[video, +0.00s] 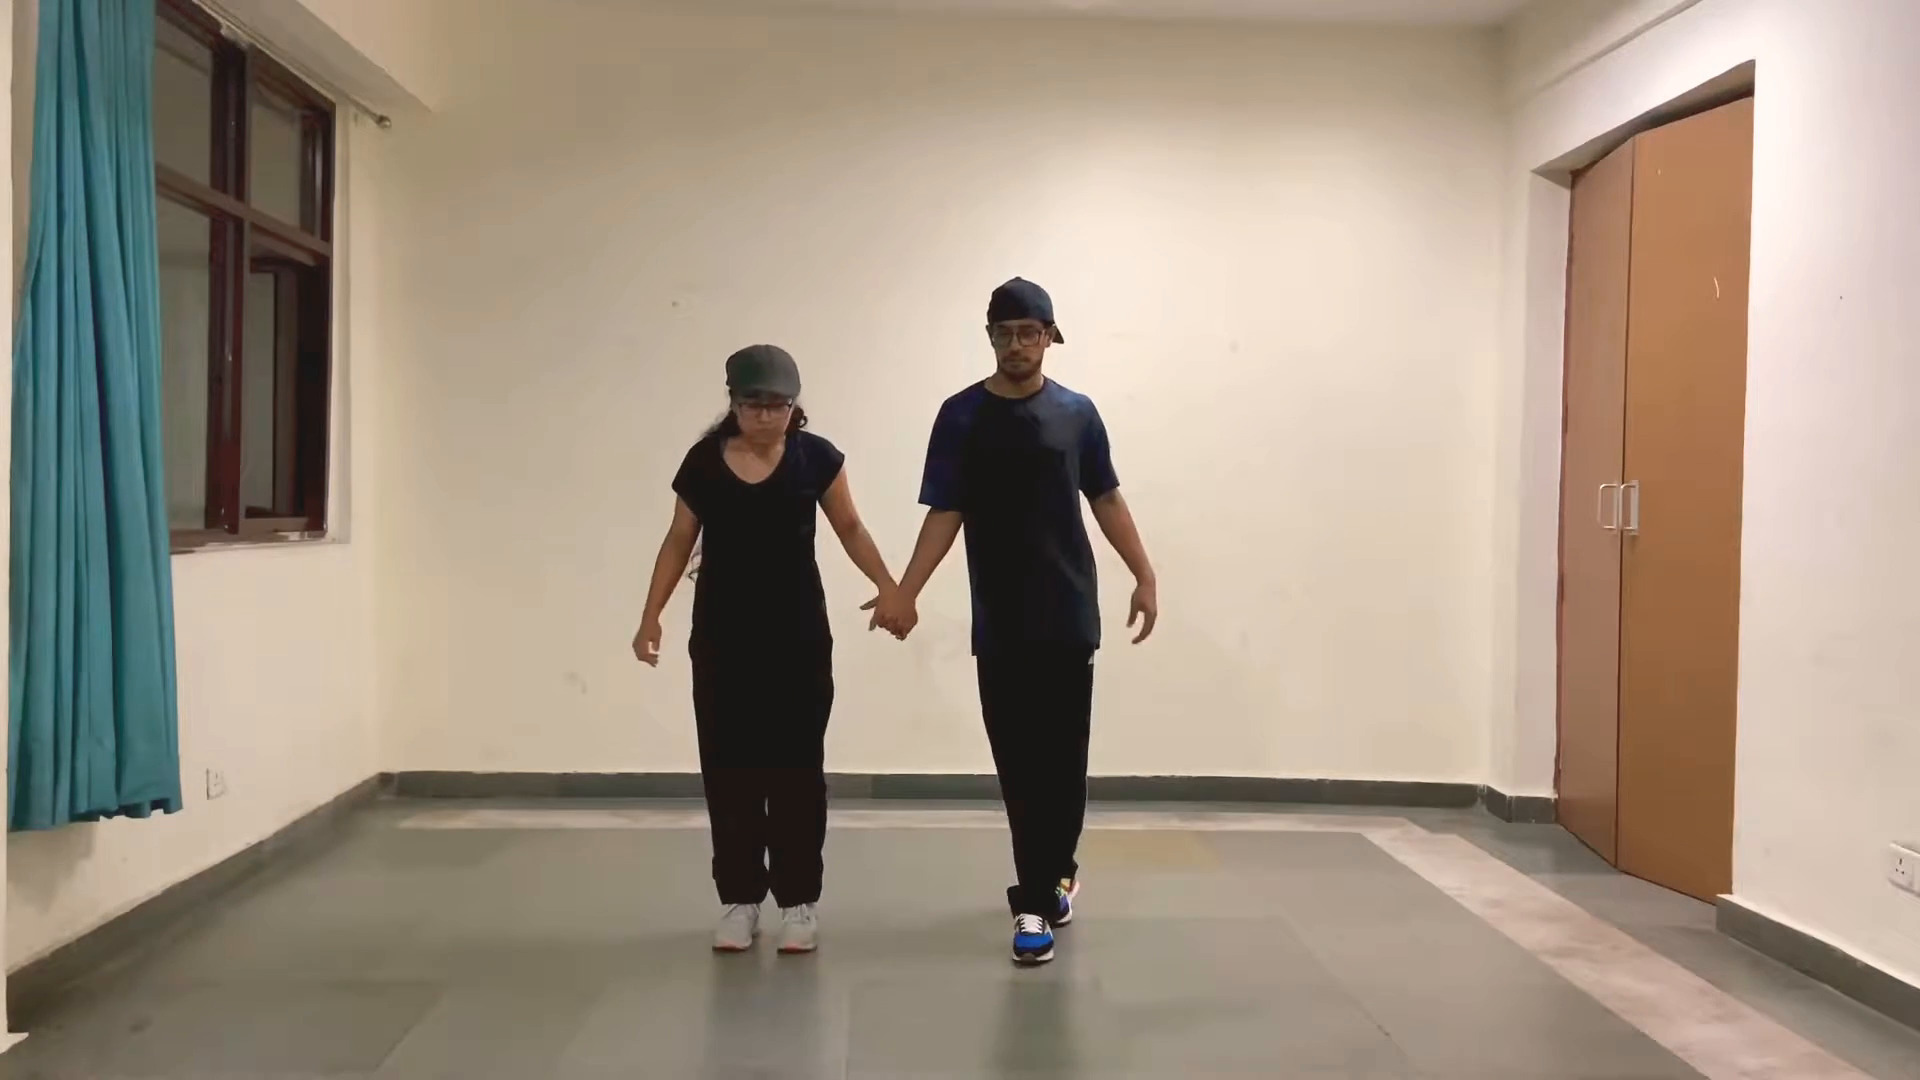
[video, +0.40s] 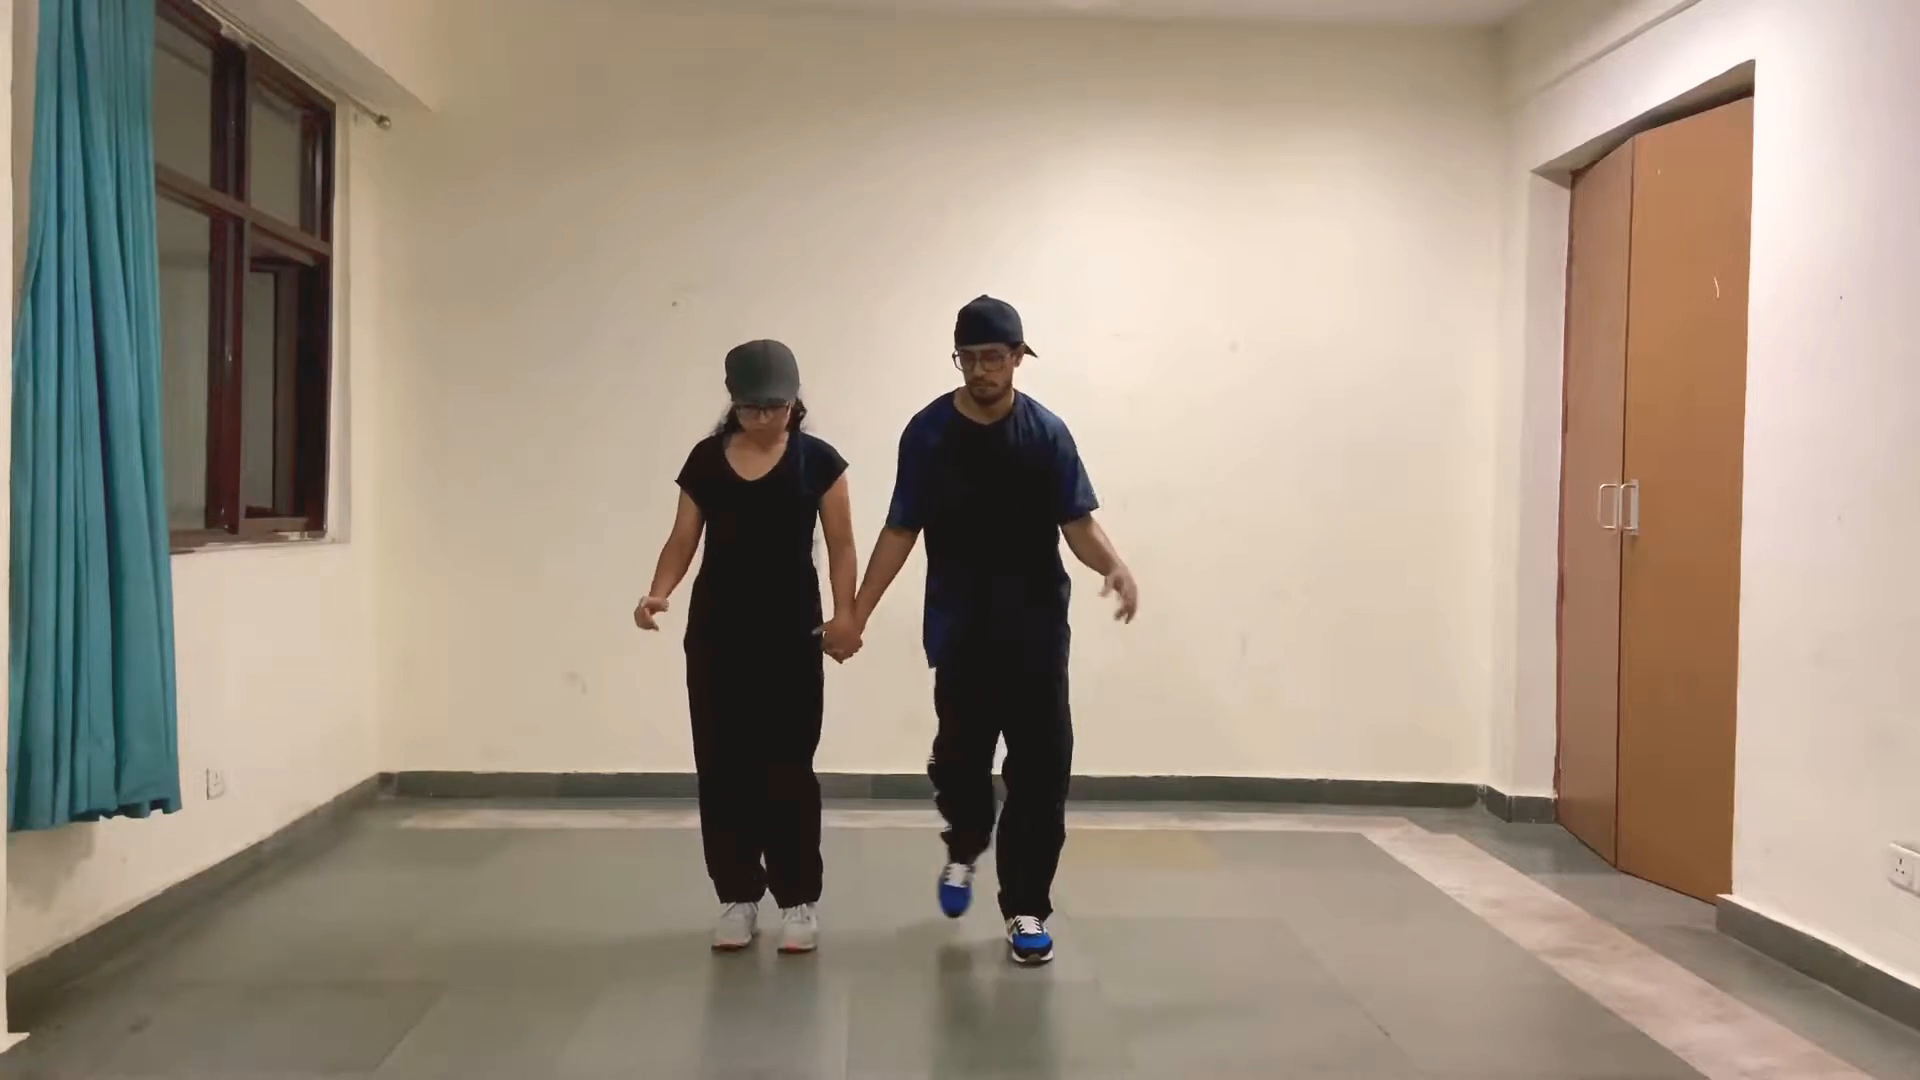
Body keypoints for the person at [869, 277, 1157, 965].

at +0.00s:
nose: (1018, 346)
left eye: (1030, 334)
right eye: (1006, 334)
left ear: (1050, 339)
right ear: (991, 338)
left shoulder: (1077, 413)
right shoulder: (961, 414)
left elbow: (1106, 498)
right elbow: (943, 512)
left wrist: (1145, 573)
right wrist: (905, 591)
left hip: (1068, 613)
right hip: (998, 618)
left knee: (1062, 755)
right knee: (1016, 757)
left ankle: (1037, 898)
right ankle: (1046, 882)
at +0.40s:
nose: (985, 369)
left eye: (997, 357)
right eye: (973, 357)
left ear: (1018, 358)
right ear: (958, 359)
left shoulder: (1046, 432)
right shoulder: (928, 433)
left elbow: (1077, 519)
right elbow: (899, 529)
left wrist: (1114, 566)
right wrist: (856, 616)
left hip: (1037, 627)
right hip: (961, 625)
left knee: (1043, 763)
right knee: (961, 752)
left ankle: (1029, 906)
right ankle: (964, 849)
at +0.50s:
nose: (966, 360)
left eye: (978, 348)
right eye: (954, 349)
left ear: (1001, 348)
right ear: (941, 352)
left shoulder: (1036, 424)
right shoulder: (915, 428)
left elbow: (1073, 504)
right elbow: (889, 524)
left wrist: (1112, 537)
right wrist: (846, 611)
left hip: (1021, 627)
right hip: (943, 625)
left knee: (1032, 762)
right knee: (934, 750)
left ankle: (1026, 907)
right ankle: (896, 862)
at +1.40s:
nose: (993, 374)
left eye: (1005, 361)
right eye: (980, 362)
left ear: (1023, 360)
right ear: (960, 361)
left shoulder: (1056, 430)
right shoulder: (935, 435)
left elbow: (1084, 525)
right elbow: (915, 538)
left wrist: (1132, 607)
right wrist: (886, 620)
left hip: (1046, 622)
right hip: (971, 625)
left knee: (1050, 759)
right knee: (975, 762)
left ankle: (1045, 900)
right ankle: (982, 901)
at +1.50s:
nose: (1001, 379)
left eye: (1013, 366)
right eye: (987, 366)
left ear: (1031, 364)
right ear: (969, 368)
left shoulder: (1061, 435)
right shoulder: (940, 442)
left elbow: (1066, 543)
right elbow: (923, 539)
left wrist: (1058, 633)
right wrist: (899, 626)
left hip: (1059, 611)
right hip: (985, 617)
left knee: (1078, 748)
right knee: (987, 756)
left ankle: (1089, 879)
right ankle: (987, 901)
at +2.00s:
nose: (1030, 371)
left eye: (1042, 359)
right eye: (1017, 359)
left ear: (1062, 359)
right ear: (999, 361)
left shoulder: (1096, 434)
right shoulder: (975, 431)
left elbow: (1133, 530)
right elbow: (958, 515)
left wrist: (1093, 561)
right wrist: (936, 583)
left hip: (1069, 619)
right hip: (993, 618)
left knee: (1081, 756)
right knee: (989, 765)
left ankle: (1134, 873)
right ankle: (990, 898)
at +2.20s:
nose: (1043, 370)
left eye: (1055, 357)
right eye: (1030, 358)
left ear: (1076, 356)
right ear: (1014, 361)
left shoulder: (1119, 433)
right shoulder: (999, 436)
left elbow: (1178, 505)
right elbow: (965, 531)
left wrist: (1196, 573)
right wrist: (923, 596)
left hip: (1063, 622)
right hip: (993, 615)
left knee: (1035, 764)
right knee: (978, 759)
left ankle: (1073, 904)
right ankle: (984, 899)